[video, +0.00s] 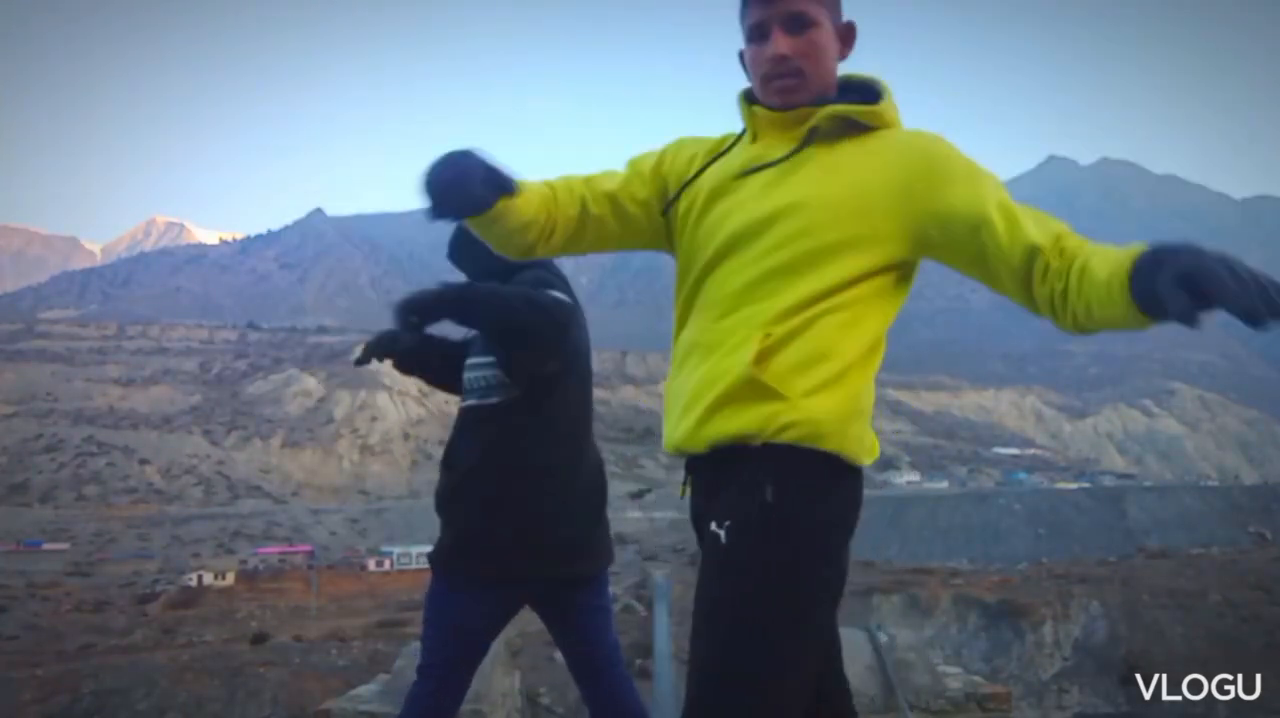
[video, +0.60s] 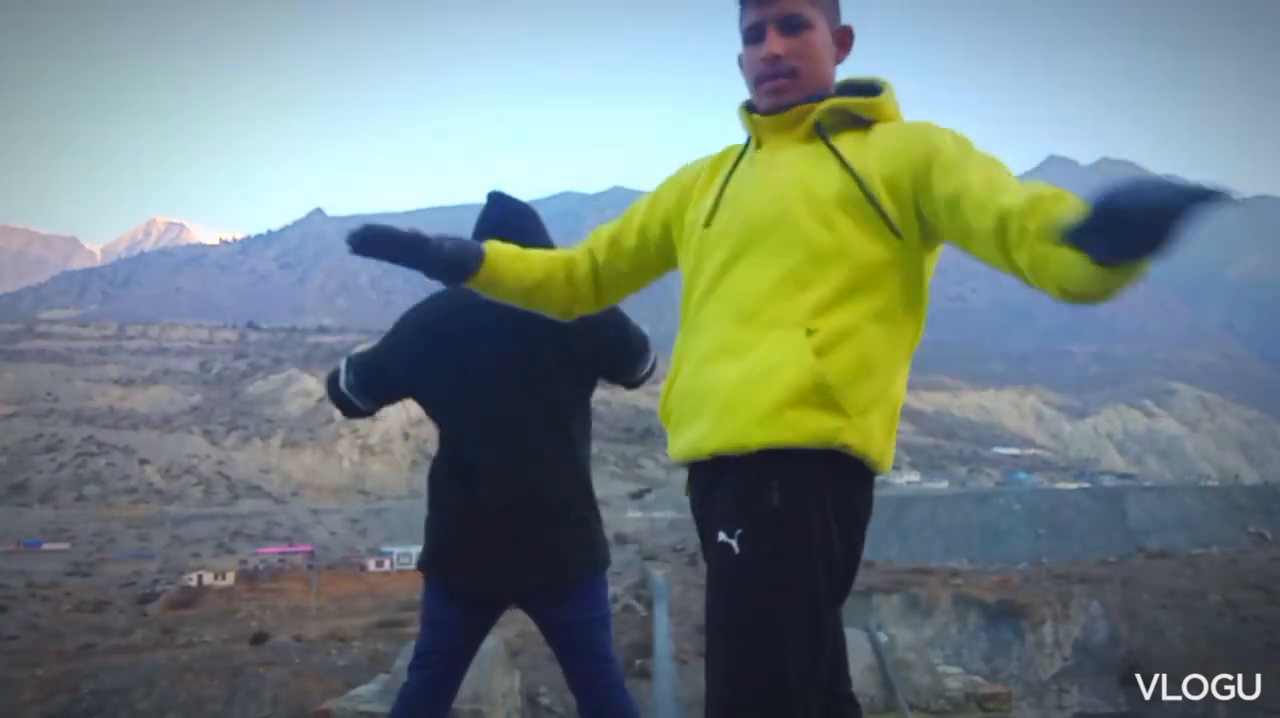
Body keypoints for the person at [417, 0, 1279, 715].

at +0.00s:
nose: (778, 46)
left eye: (799, 27)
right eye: (761, 31)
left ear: (842, 39)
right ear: (741, 48)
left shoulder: (903, 161)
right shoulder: (698, 167)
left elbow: (1045, 263)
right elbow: (581, 212)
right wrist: (493, 203)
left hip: (801, 456)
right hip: (712, 458)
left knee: (728, 692)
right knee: (804, 691)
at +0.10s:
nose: (807, 50)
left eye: (824, 31)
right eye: (785, 34)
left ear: (857, 46)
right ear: (759, 54)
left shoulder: (908, 187)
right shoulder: (703, 149)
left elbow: (983, 314)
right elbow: (578, 211)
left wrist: (1113, 345)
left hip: (829, 441)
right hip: (720, 438)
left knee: (735, 681)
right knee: (800, 681)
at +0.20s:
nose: (816, 50)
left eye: (834, 30)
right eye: (794, 35)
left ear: (865, 50)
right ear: (766, 60)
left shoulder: (887, 181)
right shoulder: (718, 128)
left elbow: (913, 321)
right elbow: (708, 199)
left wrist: (1030, 364)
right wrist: (905, 196)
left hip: (839, 455)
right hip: (743, 454)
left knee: (752, 687)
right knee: (796, 684)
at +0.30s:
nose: (815, 50)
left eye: (832, 30)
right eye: (792, 36)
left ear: (863, 49)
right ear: (764, 60)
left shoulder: (889, 181)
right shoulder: (717, 126)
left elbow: (914, 324)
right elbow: (727, 208)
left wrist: (1033, 365)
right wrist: (925, 214)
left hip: (843, 454)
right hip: (745, 452)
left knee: (767, 681)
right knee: (791, 682)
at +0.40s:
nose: (802, 52)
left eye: (820, 32)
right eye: (781, 39)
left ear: (856, 47)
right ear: (757, 61)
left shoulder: (905, 185)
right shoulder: (712, 144)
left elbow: (976, 320)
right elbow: (624, 233)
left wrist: (1108, 350)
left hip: (838, 449)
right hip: (729, 446)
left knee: (764, 684)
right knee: (793, 683)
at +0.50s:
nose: (786, 52)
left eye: (806, 33)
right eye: (769, 38)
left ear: (849, 47)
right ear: (747, 59)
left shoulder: (911, 177)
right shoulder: (698, 168)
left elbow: (1048, 293)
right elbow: (570, 258)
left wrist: (1182, 307)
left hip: (825, 444)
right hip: (718, 445)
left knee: (751, 680)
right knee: (787, 683)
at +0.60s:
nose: (767, 47)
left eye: (791, 31)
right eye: (753, 34)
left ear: (839, 42)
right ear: (739, 53)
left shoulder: (891, 146)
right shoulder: (706, 179)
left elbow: (999, 209)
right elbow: (583, 272)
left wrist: (1087, 240)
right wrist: (461, 258)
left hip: (812, 441)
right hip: (713, 448)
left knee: (759, 680)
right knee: (790, 682)